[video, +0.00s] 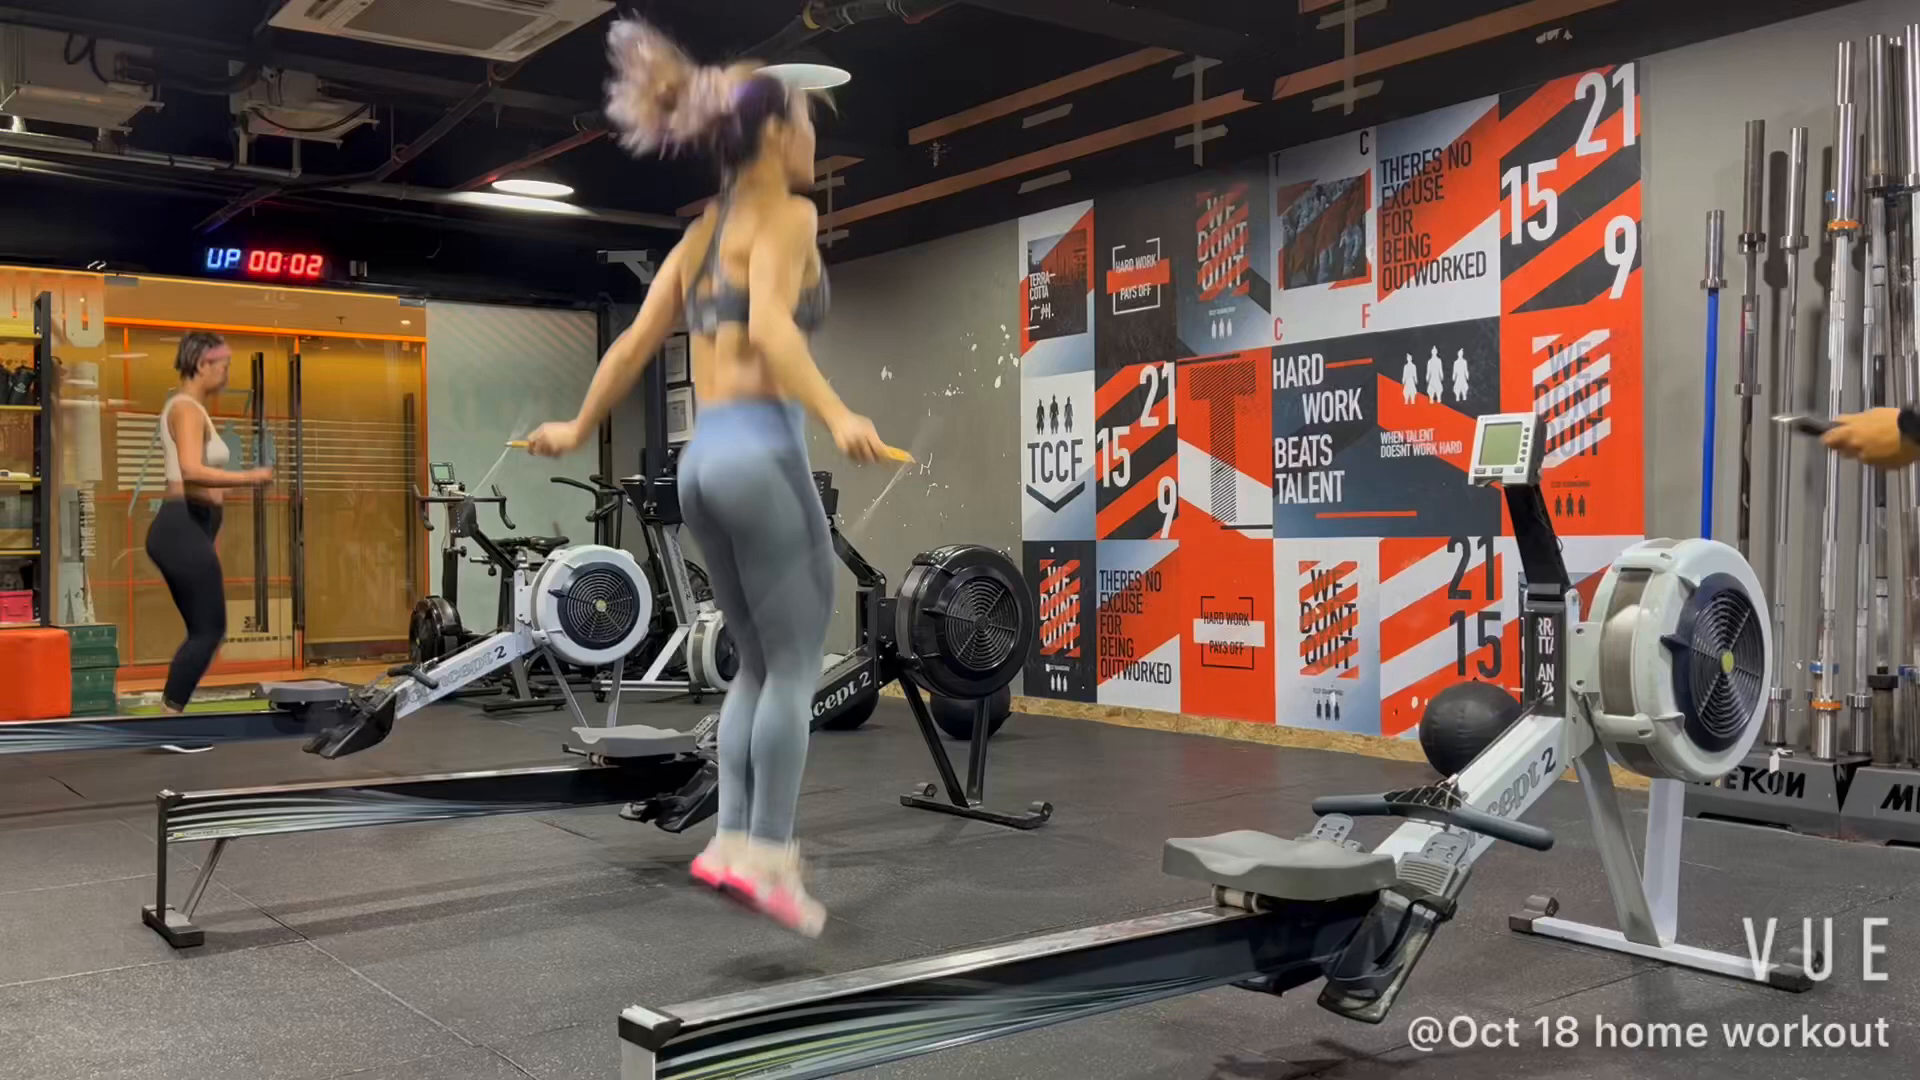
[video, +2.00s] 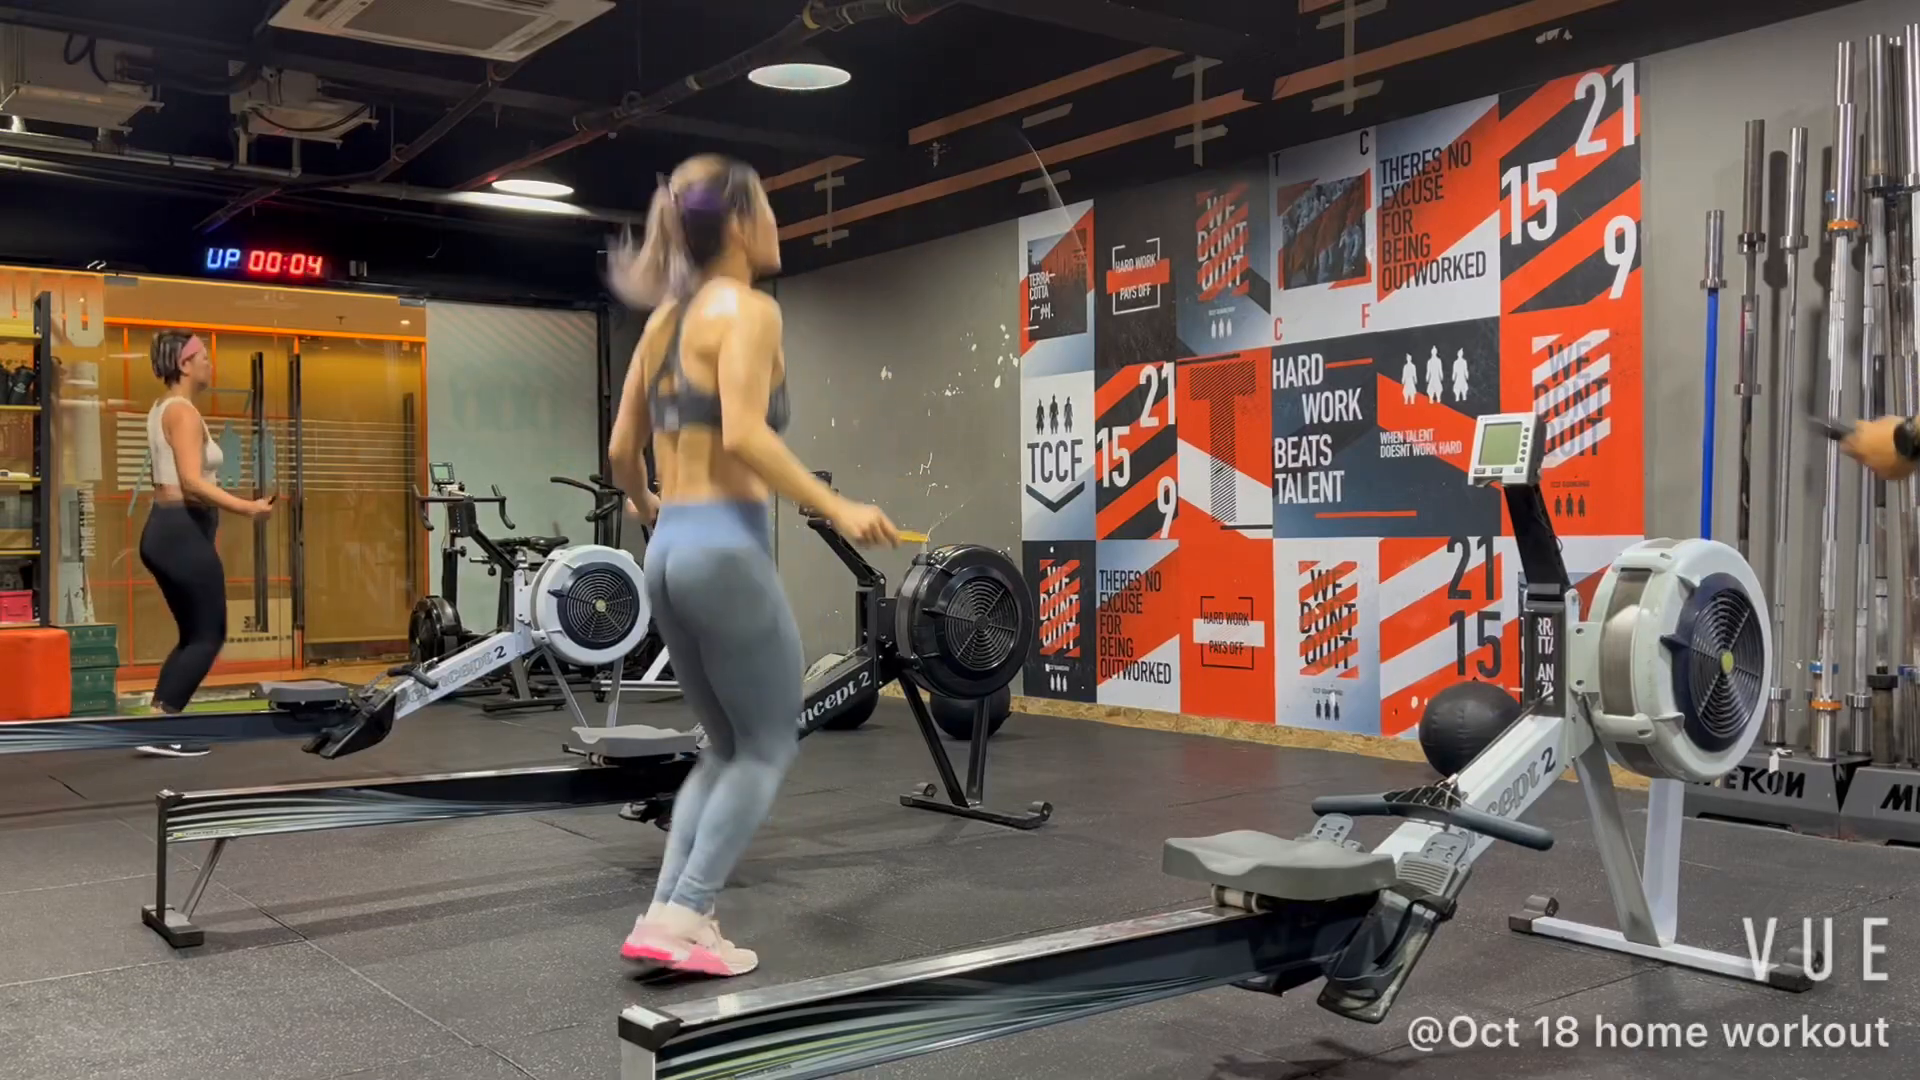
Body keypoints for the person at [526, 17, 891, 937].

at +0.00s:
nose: (813, 131)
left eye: (807, 117)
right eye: (802, 118)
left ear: (746, 139)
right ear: (774, 130)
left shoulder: (703, 232)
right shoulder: (787, 214)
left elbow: (638, 340)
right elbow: (771, 329)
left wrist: (578, 426)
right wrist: (839, 413)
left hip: (701, 456)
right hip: (757, 451)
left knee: (755, 661)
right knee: (792, 660)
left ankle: (734, 840)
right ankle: (771, 849)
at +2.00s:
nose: (776, 225)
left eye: (768, 210)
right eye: (765, 211)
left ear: (704, 230)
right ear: (740, 225)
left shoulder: (666, 320)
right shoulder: (749, 310)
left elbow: (623, 452)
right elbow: (743, 437)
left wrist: (659, 512)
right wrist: (837, 506)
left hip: (664, 553)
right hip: (721, 550)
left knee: (724, 746)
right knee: (767, 745)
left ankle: (666, 913)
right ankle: (685, 915)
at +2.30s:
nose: (778, 96)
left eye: (773, 81)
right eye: (770, 82)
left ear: (701, 95)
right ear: (740, 87)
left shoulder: (663, 185)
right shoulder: (753, 169)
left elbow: (632, 314)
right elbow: (735, 291)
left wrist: (632, 406)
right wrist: (810, 386)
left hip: (660, 402)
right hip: (715, 399)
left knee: (706, 618)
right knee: (748, 614)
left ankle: (695, 792)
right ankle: (712, 797)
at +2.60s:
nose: (767, 219)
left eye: (760, 204)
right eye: (757, 206)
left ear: (691, 225)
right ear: (732, 218)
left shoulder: (662, 315)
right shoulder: (744, 304)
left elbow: (626, 443)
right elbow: (739, 433)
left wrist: (651, 516)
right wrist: (830, 502)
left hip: (667, 544)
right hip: (721, 542)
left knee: (724, 741)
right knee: (758, 740)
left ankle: (677, 915)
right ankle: (679, 918)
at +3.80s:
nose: (754, 213)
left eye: (748, 198)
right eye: (746, 199)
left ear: (677, 218)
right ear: (719, 210)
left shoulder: (652, 309)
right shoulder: (733, 296)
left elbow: (616, 435)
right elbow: (730, 419)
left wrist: (623, 495)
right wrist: (825, 492)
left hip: (667, 537)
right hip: (718, 532)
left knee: (715, 738)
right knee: (758, 737)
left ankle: (658, 910)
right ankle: (685, 916)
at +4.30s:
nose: (777, 223)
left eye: (771, 209)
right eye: (766, 210)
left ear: (704, 234)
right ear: (737, 225)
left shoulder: (667, 318)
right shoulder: (752, 311)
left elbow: (606, 436)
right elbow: (729, 433)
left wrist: (593, 470)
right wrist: (825, 504)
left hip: (664, 549)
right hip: (718, 548)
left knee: (726, 753)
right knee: (767, 750)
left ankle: (666, 921)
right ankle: (688, 924)